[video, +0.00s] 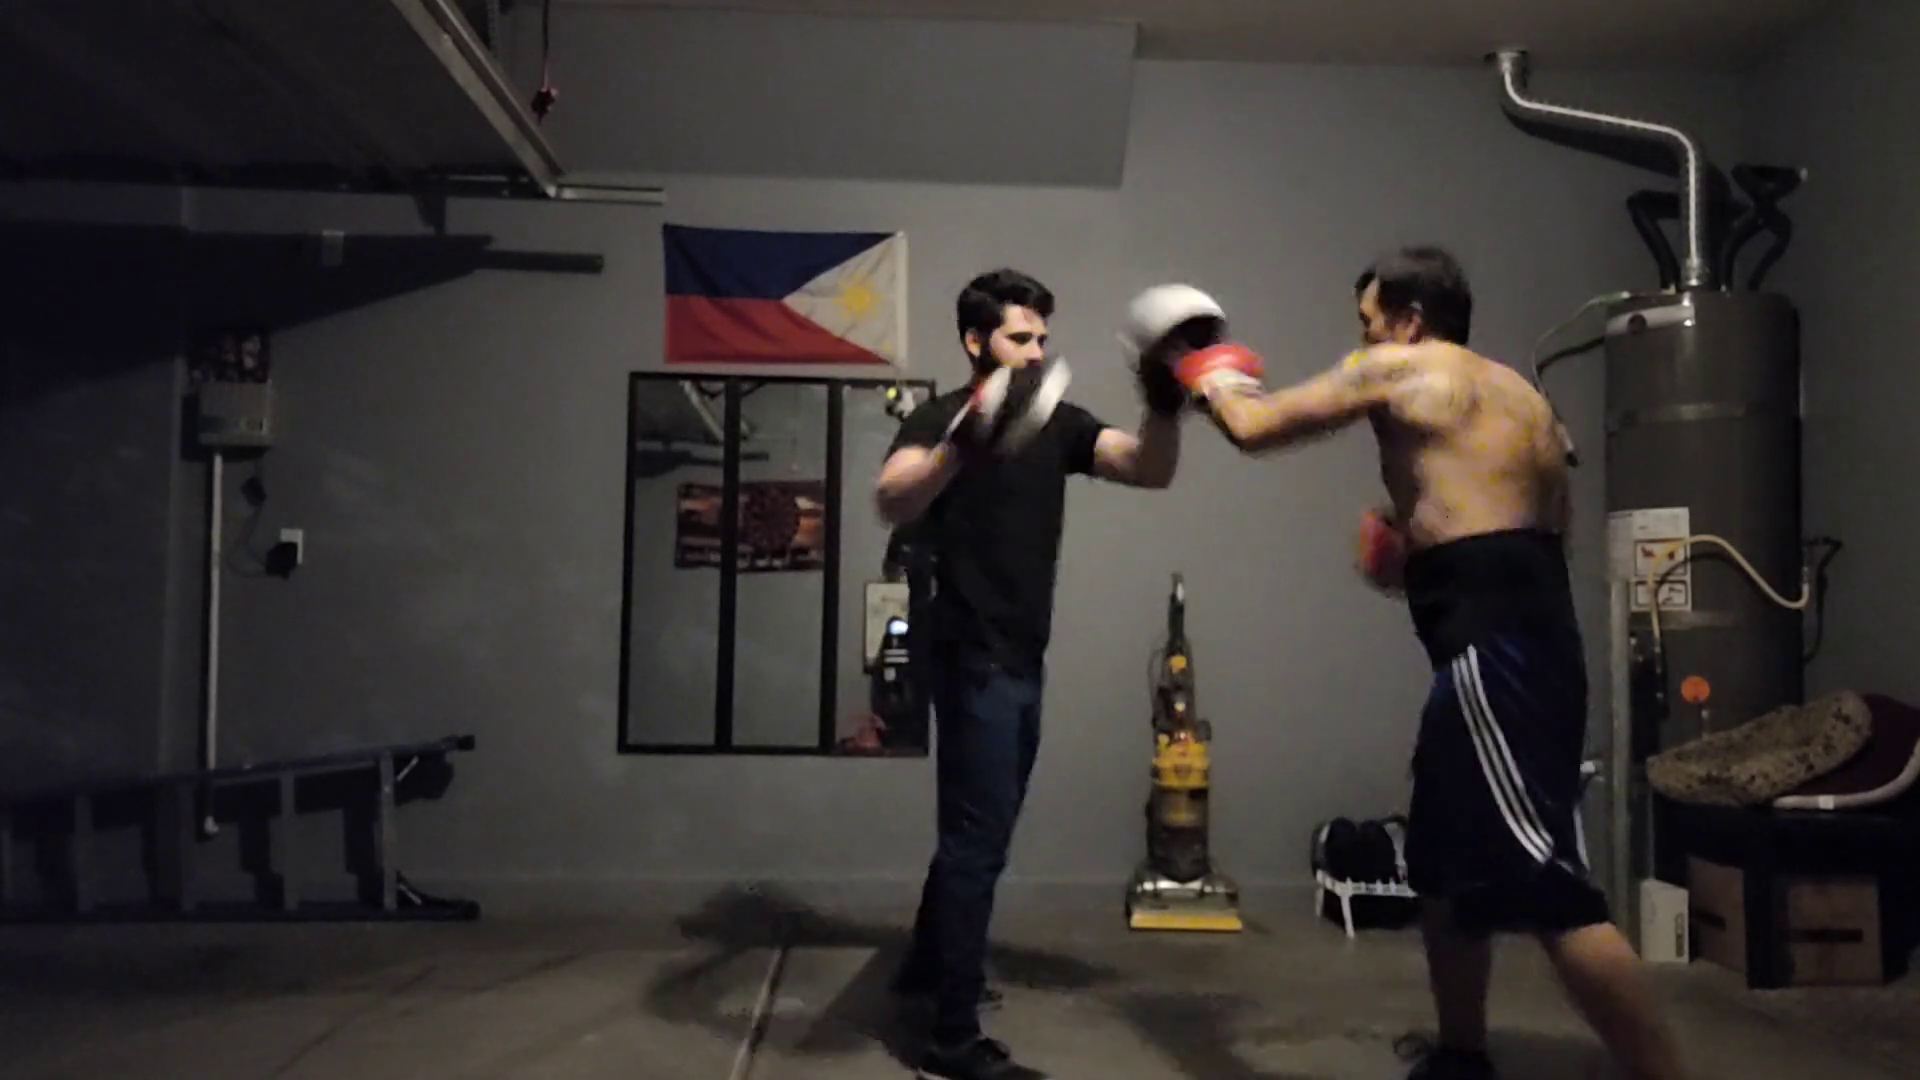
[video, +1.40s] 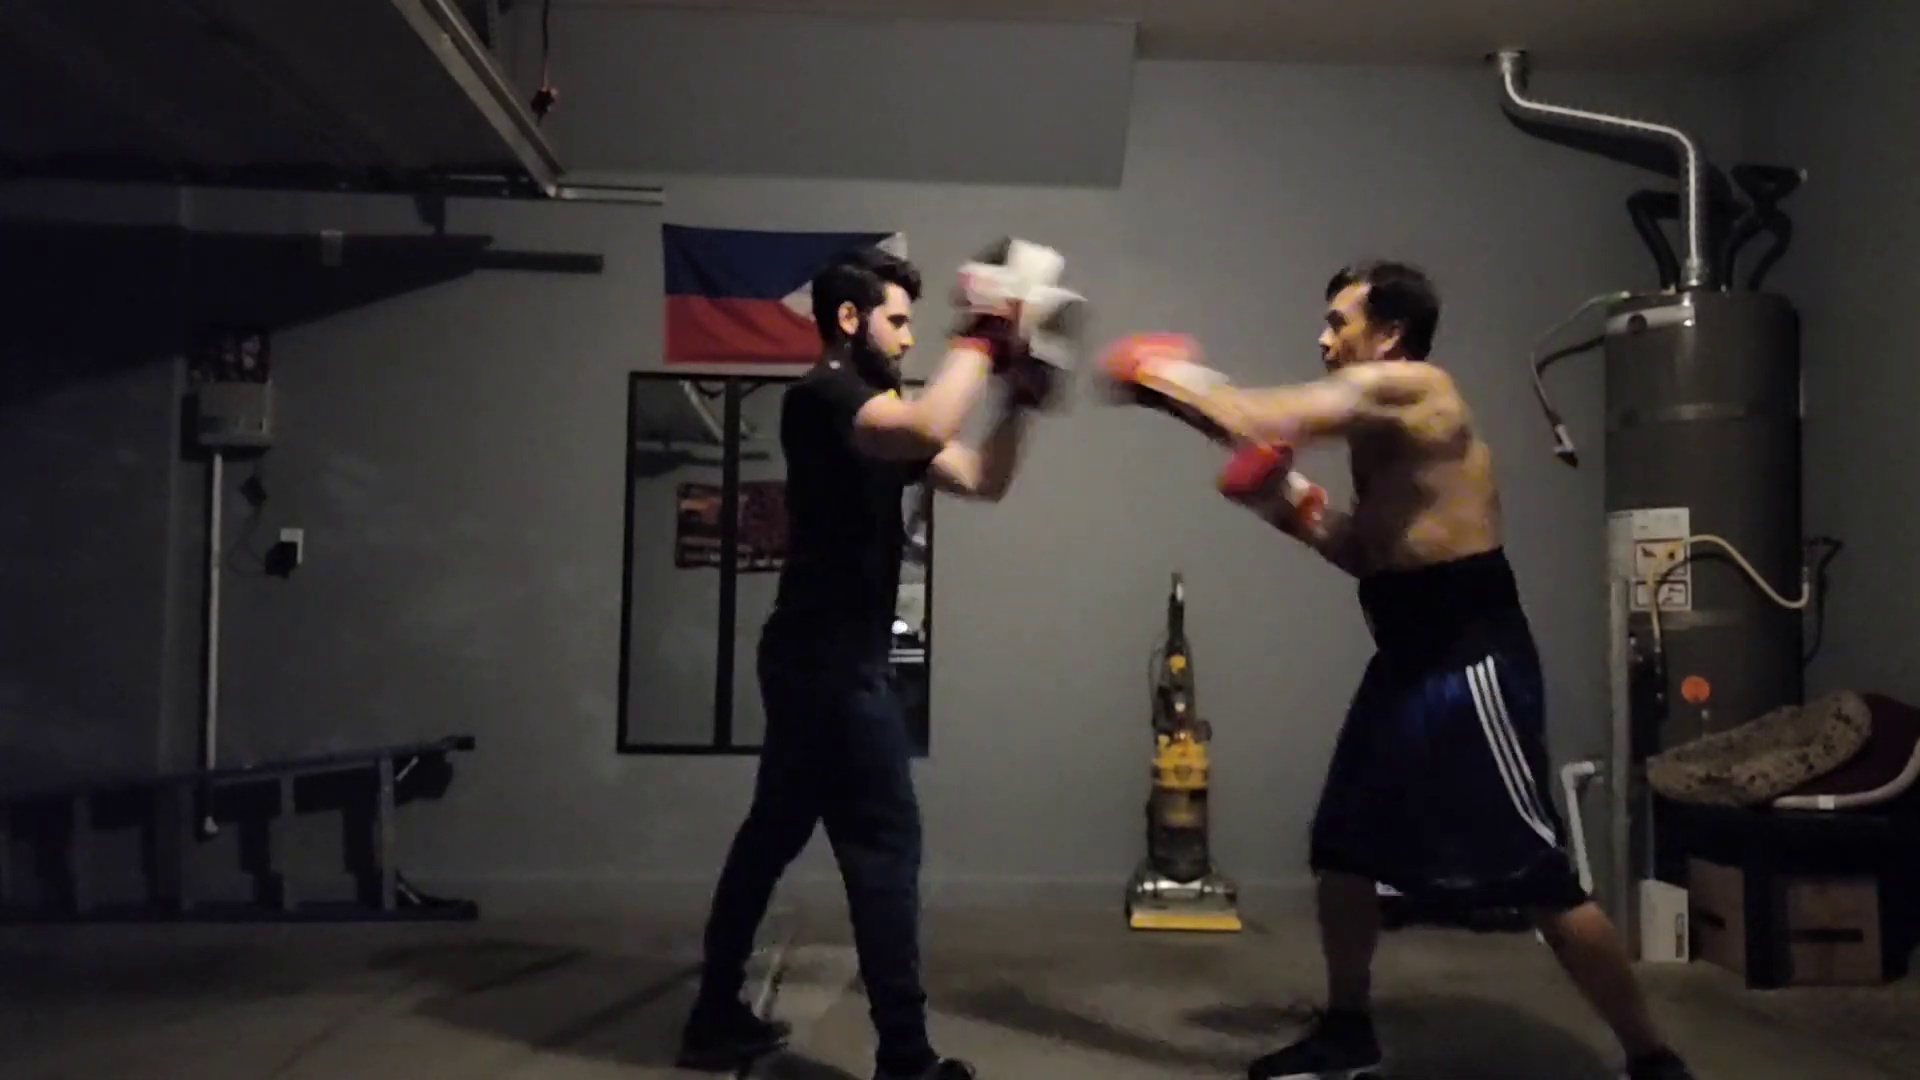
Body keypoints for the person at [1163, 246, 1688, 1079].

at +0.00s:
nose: (1363, 338)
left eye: (1368, 322)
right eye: (1361, 323)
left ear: (1403, 317)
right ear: (1451, 319)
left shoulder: (1399, 365)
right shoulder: (1529, 398)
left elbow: (1252, 424)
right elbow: (1541, 540)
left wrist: (1210, 368)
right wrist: (1417, 559)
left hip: (1492, 640)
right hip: (1528, 634)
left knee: (1547, 881)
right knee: (1444, 859)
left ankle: (1661, 1069)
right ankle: (1460, 1056)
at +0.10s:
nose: (1363, 348)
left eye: (1370, 331)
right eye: (1361, 331)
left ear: (1413, 326)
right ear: (1443, 329)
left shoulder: (1406, 388)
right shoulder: (1526, 398)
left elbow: (1298, 492)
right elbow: (1580, 547)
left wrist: (1273, 429)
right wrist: (1486, 572)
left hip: (1489, 645)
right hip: (1541, 635)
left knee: (1555, 885)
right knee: (1426, 854)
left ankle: (1666, 1068)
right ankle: (1460, 1056)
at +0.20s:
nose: (1362, 353)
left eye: (1369, 334)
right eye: (1360, 336)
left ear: (1420, 328)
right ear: (1427, 329)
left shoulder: (1470, 380)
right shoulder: (1457, 392)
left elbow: (1397, 502)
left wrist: (1329, 472)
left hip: (1532, 656)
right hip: (1485, 660)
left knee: (1583, 887)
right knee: (1424, 864)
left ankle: (1670, 1068)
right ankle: (1457, 1056)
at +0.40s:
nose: (1385, 341)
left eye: (1394, 322)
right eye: (1381, 325)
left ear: (1445, 317)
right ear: (1431, 324)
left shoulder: (1530, 373)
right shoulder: (1444, 405)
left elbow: (1530, 488)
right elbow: (1423, 523)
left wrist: (1429, 438)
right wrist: (1334, 528)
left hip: (1585, 648)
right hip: (1508, 650)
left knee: (1623, 888)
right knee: (1447, 862)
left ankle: (1702, 1067)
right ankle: (1459, 1056)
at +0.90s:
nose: (1363, 340)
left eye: (1376, 325)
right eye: (1365, 325)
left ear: (1425, 333)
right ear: (1417, 335)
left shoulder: (1474, 392)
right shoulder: (1428, 421)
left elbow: (1459, 490)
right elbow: (1429, 565)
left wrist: (1353, 431)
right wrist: (1351, 544)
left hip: (1523, 662)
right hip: (1461, 667)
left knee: (1600, 902)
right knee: (1405, 859)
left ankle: (1710, 1069)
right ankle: (1403, 1038)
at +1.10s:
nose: (1365, 341)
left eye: (1377, 325)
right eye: (1365, 326)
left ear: (1430, 332)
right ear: (1423, 335)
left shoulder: (1471, 394)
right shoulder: (1427, 409)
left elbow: (1362, 498)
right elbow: (1359, 520)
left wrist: (1262, 439)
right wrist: (1328, 442)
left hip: (1502, 653)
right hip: (1440, 654)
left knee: (1561, 885)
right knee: (1370, 851)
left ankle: (1673, 1068)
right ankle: (1396, 1029)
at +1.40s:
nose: (1325, 337)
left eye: (1340, 322)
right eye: (1327, 324)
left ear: (1391, 331)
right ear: (1381, 336)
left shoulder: (1414, 385)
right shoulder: (1379, 415)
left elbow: (1264, 420)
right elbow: (1375, 553)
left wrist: (1177, 380)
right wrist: (1293, 508)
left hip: (1473, 650)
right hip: (1407, 655)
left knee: (1543, 877)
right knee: (1342, 850)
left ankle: (1652, 1059)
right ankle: (1347, 1032)